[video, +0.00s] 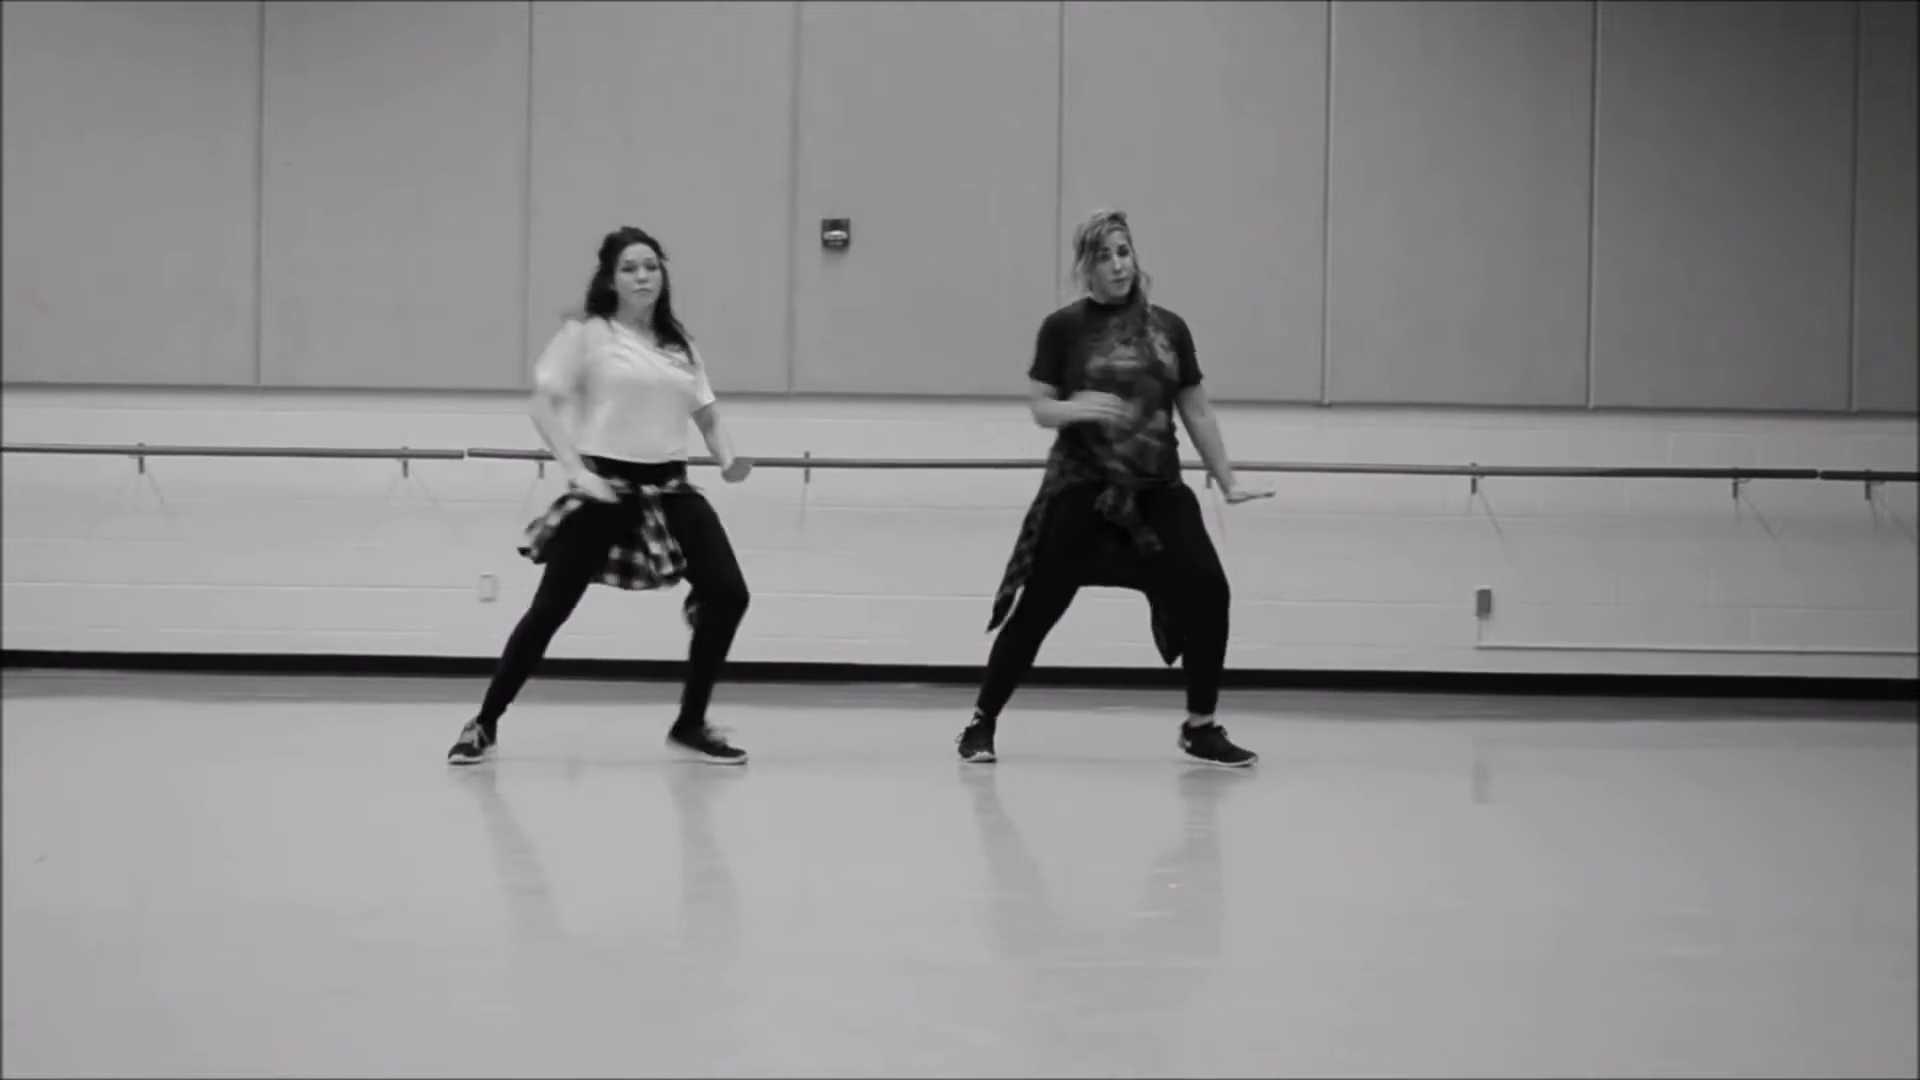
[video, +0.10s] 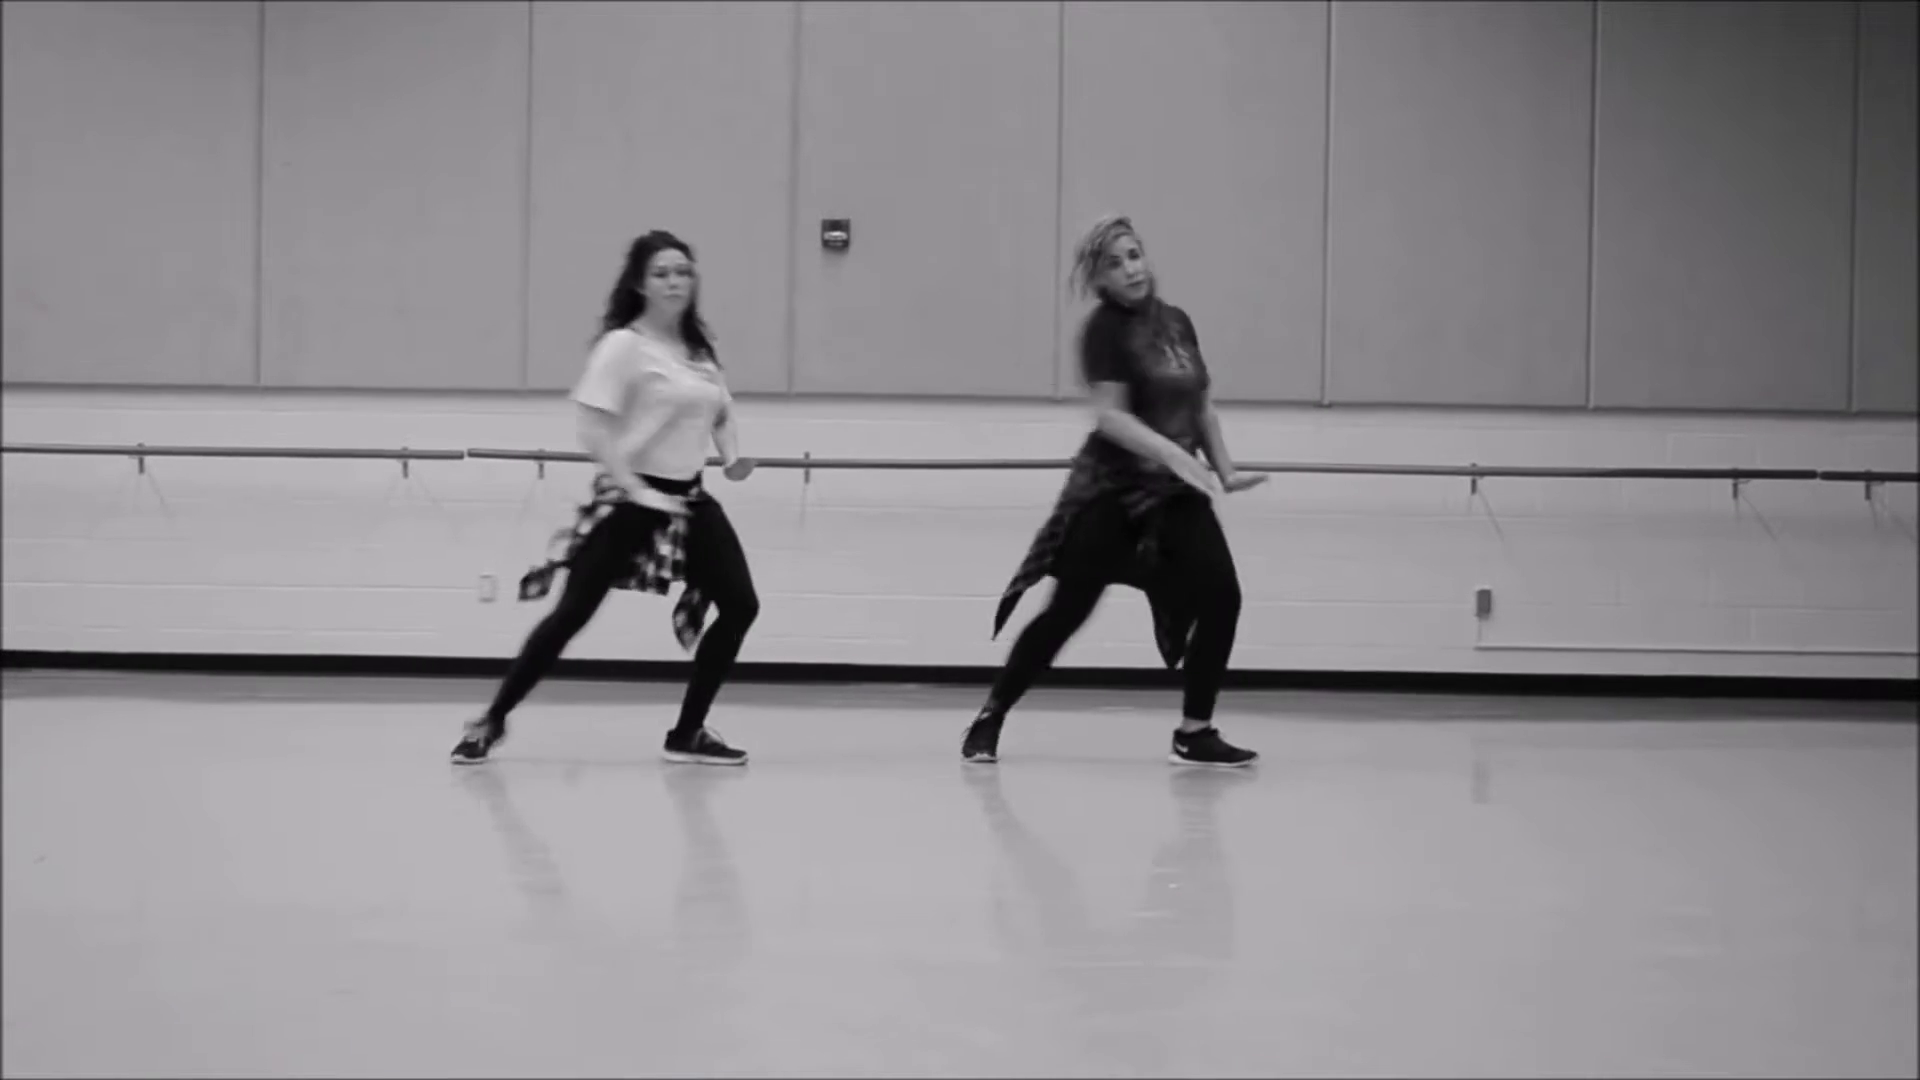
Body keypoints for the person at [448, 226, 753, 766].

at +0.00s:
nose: (643, 275)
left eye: (652, 267)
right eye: (630, 268)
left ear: (664, 277)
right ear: (610, 279)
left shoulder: (679, 347)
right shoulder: (584, 335)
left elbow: (707, 415)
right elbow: (541, 406)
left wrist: (726, 459)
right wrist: (577, 470)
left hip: (672, 492)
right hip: (602, 488)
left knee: (728, 596)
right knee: (549, 611)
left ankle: (690, 724)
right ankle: (484, 724)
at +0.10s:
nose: (675, 282)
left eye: (683, 273)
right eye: (662, 273)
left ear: (695, 283)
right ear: (639, 283)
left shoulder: (698, 350)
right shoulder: (622, 346)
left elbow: (720, 415)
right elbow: (589, 431)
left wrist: (731, 458)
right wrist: (637, 489)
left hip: (691, 501)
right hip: (630, 499)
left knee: (740, 605)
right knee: (572, 613)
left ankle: (688, 731)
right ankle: (492, 721)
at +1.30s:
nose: (720, 261)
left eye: (713, 256)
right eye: (706, 263)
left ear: (721, 284)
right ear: (696, 294)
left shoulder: (738, 339)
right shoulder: (713, 341)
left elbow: (756, 419)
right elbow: (759, 415)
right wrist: (816, 467)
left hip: (745, 500)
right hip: (717, 500)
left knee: (765, 626)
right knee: (774, 601)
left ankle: (688, 732)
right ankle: (812, 726)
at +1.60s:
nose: (771, 255)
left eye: (767, 247)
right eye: (756, 251)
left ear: (753, 270)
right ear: (732, 273)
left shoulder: (753, 325)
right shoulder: (751, 323)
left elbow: (735, 410)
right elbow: (820, 341)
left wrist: (783, 446)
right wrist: (880, 346)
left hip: (739, 488)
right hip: (720, 488)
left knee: (735, 612)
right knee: (771, 607)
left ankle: (683, 733)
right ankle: (814, 737)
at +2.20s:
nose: (891, 301)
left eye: (894, 293)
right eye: (880, 290)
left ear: (890, 302)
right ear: (849, 289)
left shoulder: (844, 366)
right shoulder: (808, 321)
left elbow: (850, 426)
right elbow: (859, 233)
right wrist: (894, 254)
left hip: (765, 488)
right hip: (735, 472)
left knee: (707, 605)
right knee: (772, 611)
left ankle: (682, 730)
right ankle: (814, 738)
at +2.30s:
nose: (894, 304)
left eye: (899, 296)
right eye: (886, 292)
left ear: (892, 303)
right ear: (854, 290)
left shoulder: (851, 371)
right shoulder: (811, 324)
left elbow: (904, 419)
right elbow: (875, 233)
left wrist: (912, 351)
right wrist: (897, 262)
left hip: (764, 489)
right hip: (733, 473)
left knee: (706, 607)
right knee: (772, 615)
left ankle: (681, 731)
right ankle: (814, 739)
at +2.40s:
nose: (897, 310)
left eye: (901, 302)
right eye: (889, 298)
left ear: (886, 306)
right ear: (858, 294)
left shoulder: (855, 368)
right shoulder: (812, 322)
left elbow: (908, 414)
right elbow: (889, 236)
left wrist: (904, 336)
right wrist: (904, 269)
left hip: (767, 488)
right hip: (734, 472)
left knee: (708, 608)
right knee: (773, 616)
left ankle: (681, 730)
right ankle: (814, 739)